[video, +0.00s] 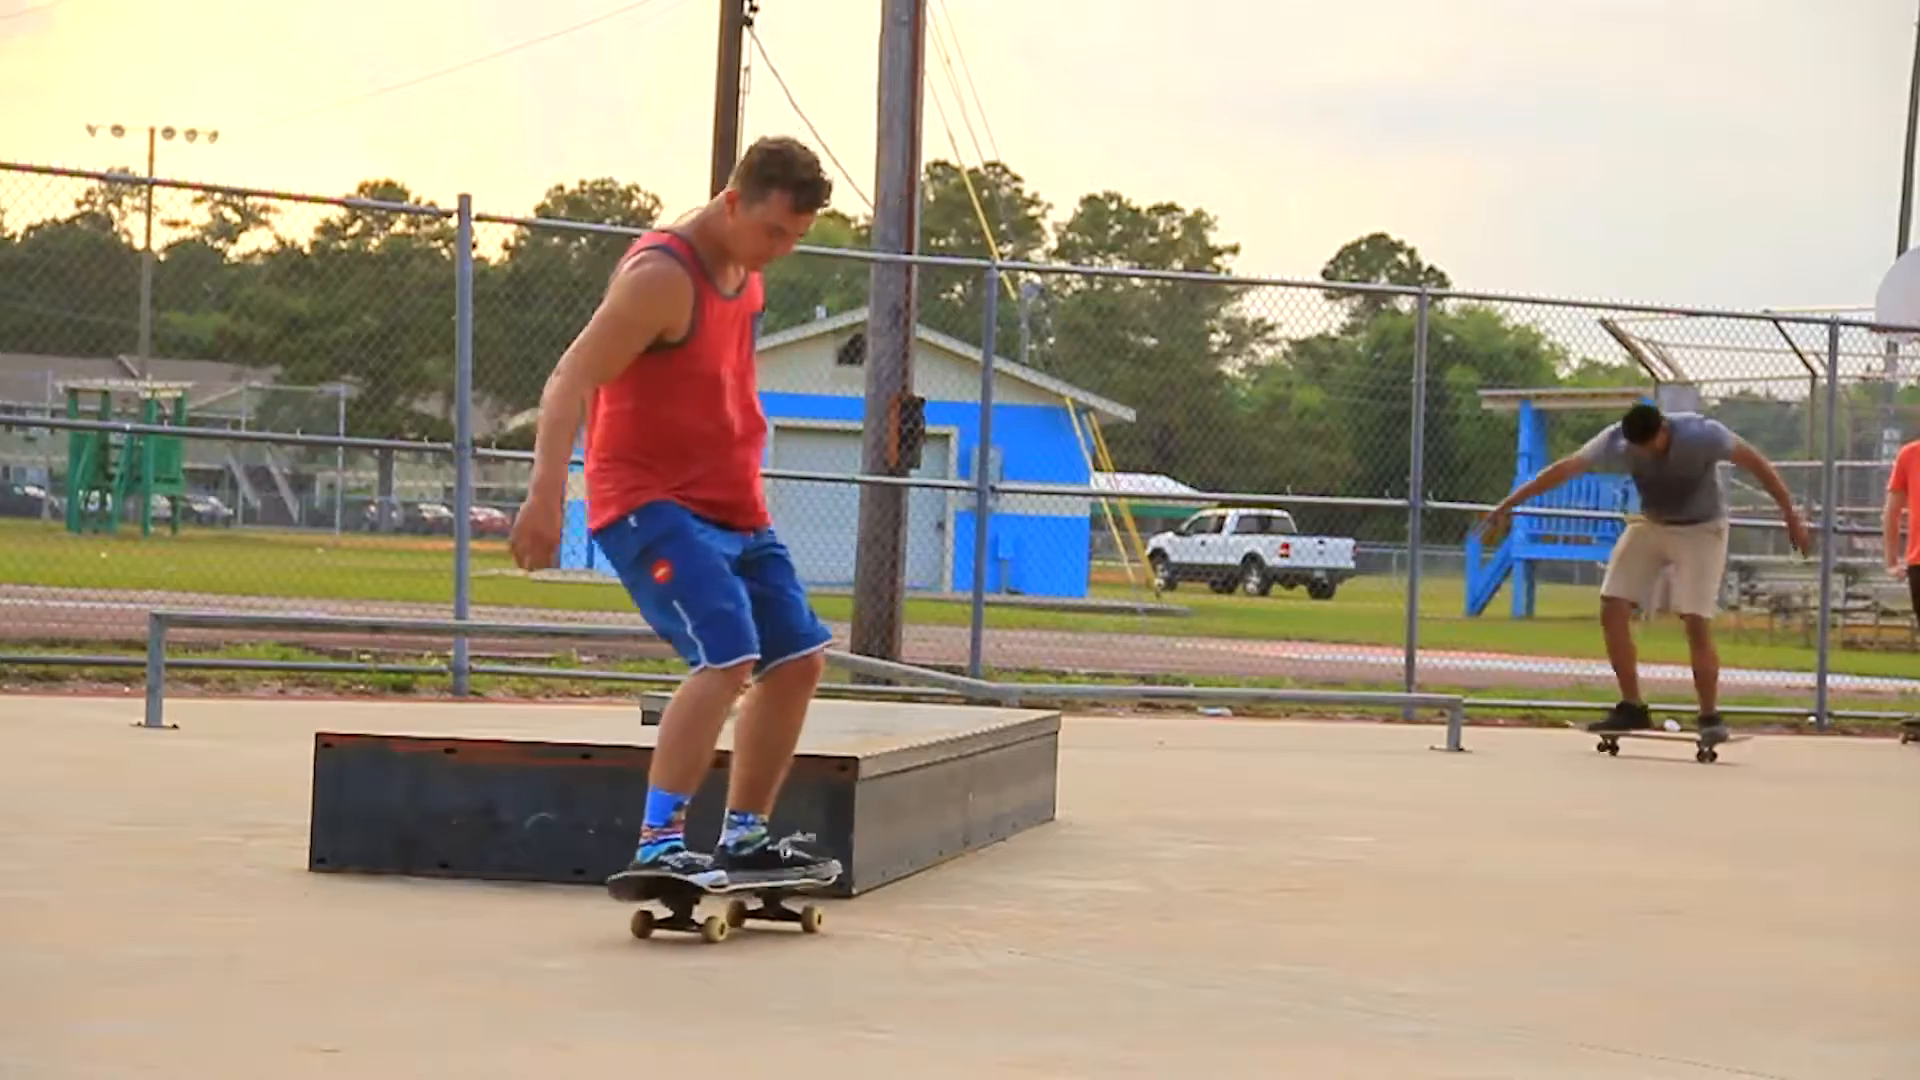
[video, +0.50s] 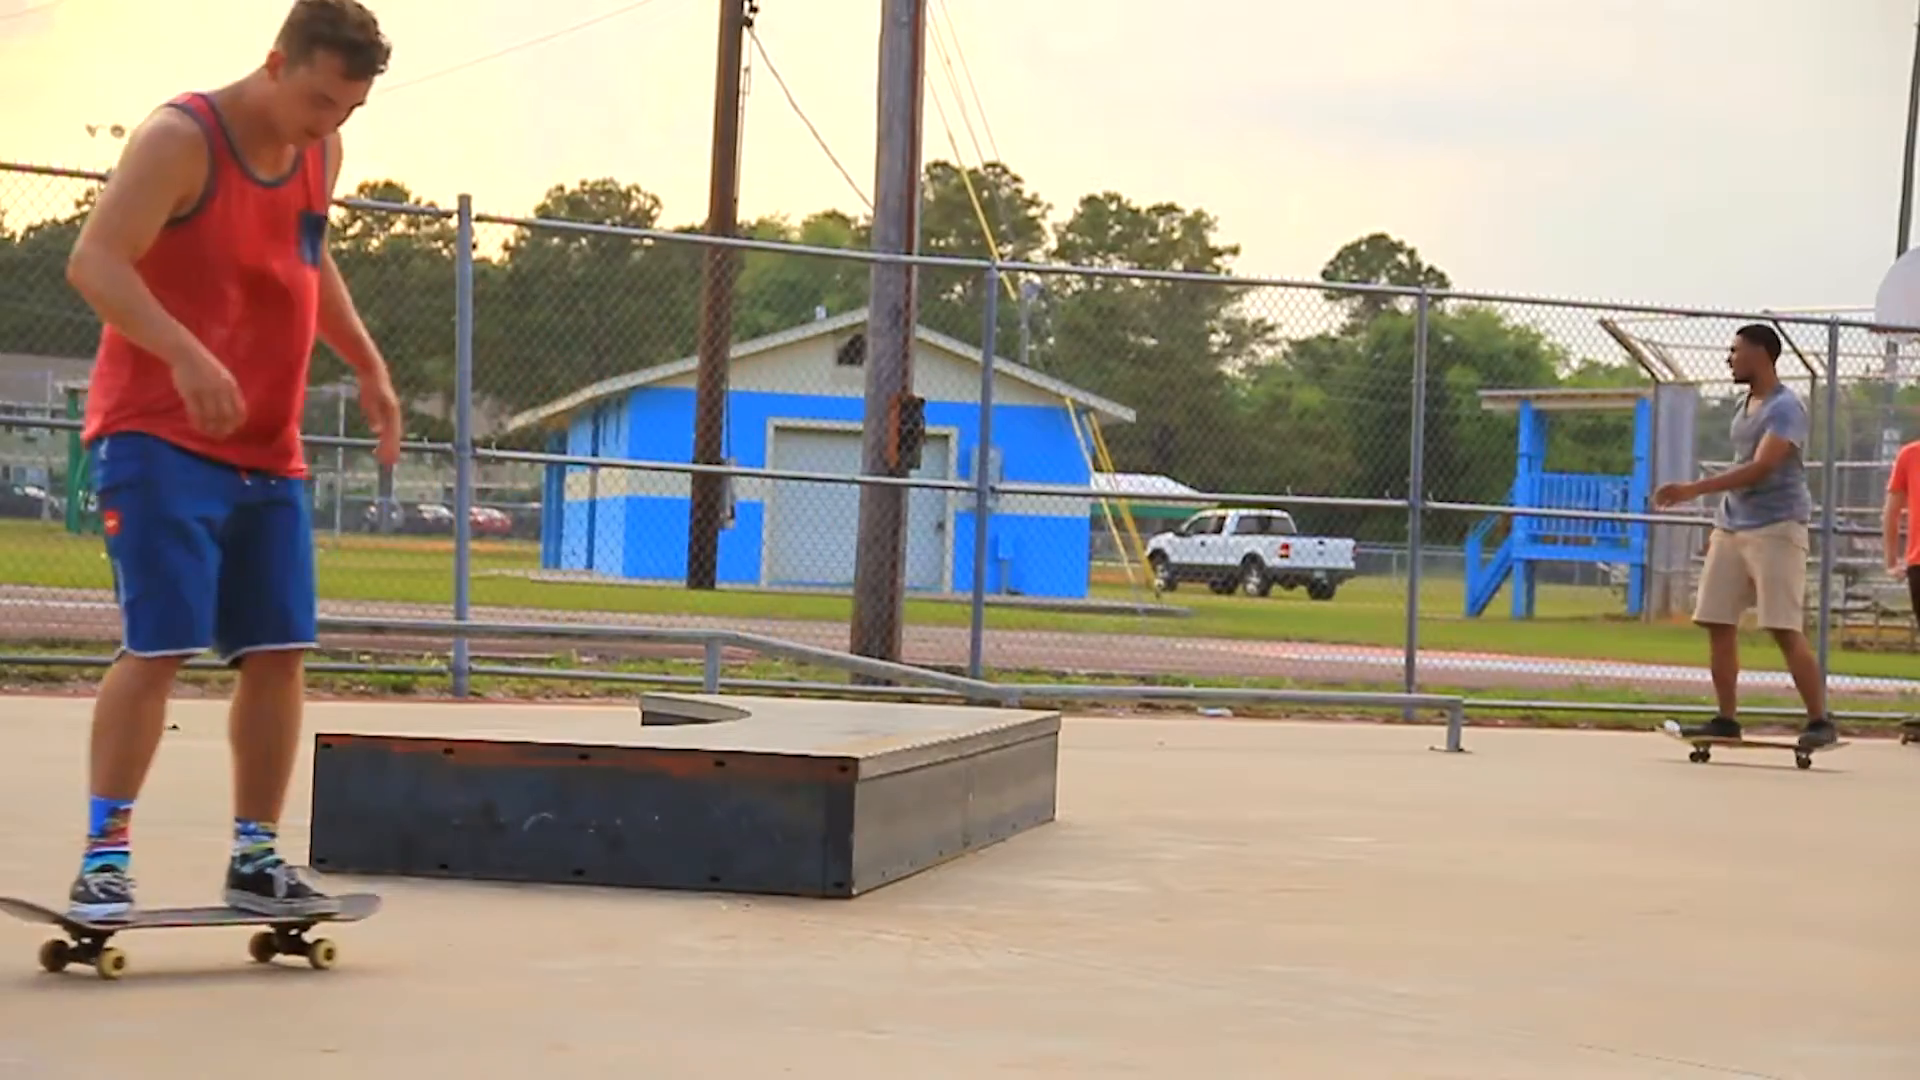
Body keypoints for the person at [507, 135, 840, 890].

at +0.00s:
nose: (781, 251)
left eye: (793, 238)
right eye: (776, 232)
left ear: (790, 222)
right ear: (733, 201)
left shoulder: (741, 271)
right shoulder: (658, 276)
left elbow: (711, 384)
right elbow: (570, 380)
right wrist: (545, 496)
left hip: (734, 507)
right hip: (649, 503)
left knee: (798, 653)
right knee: (726, 653)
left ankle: (743, 840)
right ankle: (659, 842)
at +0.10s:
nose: (706, 234)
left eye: (718, 220)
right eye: (698, 214)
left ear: (726, 207)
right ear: (656, 183)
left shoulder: (676, 255)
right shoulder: (580, 259)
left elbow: (669, 368)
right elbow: (502, 376)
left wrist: (708, 444)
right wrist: (574, 489)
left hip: (659, 506)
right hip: (570, 503)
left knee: (712, 660)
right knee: (630, 659)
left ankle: (690, 845)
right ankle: (578, 850)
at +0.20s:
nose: (623, 214)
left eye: (636, 201)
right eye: (617, 194)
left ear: (642, 184)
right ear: (573, 158)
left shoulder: (595, 229)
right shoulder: (489, 225)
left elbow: (588, 303)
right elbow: (417, 349)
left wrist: (657, 351)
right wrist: (531, 419)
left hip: (566, 479)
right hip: (470, 474)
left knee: (623, 646)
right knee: (528, 649)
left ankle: (625, 852)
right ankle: (491, 853)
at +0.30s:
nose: (529, 188)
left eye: (543, 174)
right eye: (523, 167)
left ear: (551, 156)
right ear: (479, 128)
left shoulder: (502, 199)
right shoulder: (388, 194)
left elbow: (502, 277)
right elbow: (322, 316)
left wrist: (574, 312)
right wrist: (446, 377)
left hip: (469, 462)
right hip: (375, 459)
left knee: (528, 638)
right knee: (425, 649)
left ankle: (530, 843)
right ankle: (389, 855)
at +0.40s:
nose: (433, 159)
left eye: (446, 144)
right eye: (427, 137)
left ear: (452, 125)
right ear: (381, 97)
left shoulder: (409, 172)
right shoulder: (287, 164)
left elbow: (408, 262)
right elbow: (213, 287)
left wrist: (485, 322)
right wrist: (330, 356)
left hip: (378, 456)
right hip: (276, 448)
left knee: (414, 637)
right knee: (303, 646)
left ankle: (399, 849)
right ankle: (261, 854)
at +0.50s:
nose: (334, 124)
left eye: (348, 109)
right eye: (329, 102)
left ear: (351, 94)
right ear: (281, 64)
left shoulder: (315, 150)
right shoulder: (179, 138)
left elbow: (308, 262)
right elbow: (95, 261)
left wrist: (369, 365)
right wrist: (188, 354)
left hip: (267, 448)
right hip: (159, 439)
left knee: (278, 644)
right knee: (159, 641)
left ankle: (256, 857)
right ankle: (105, 858)